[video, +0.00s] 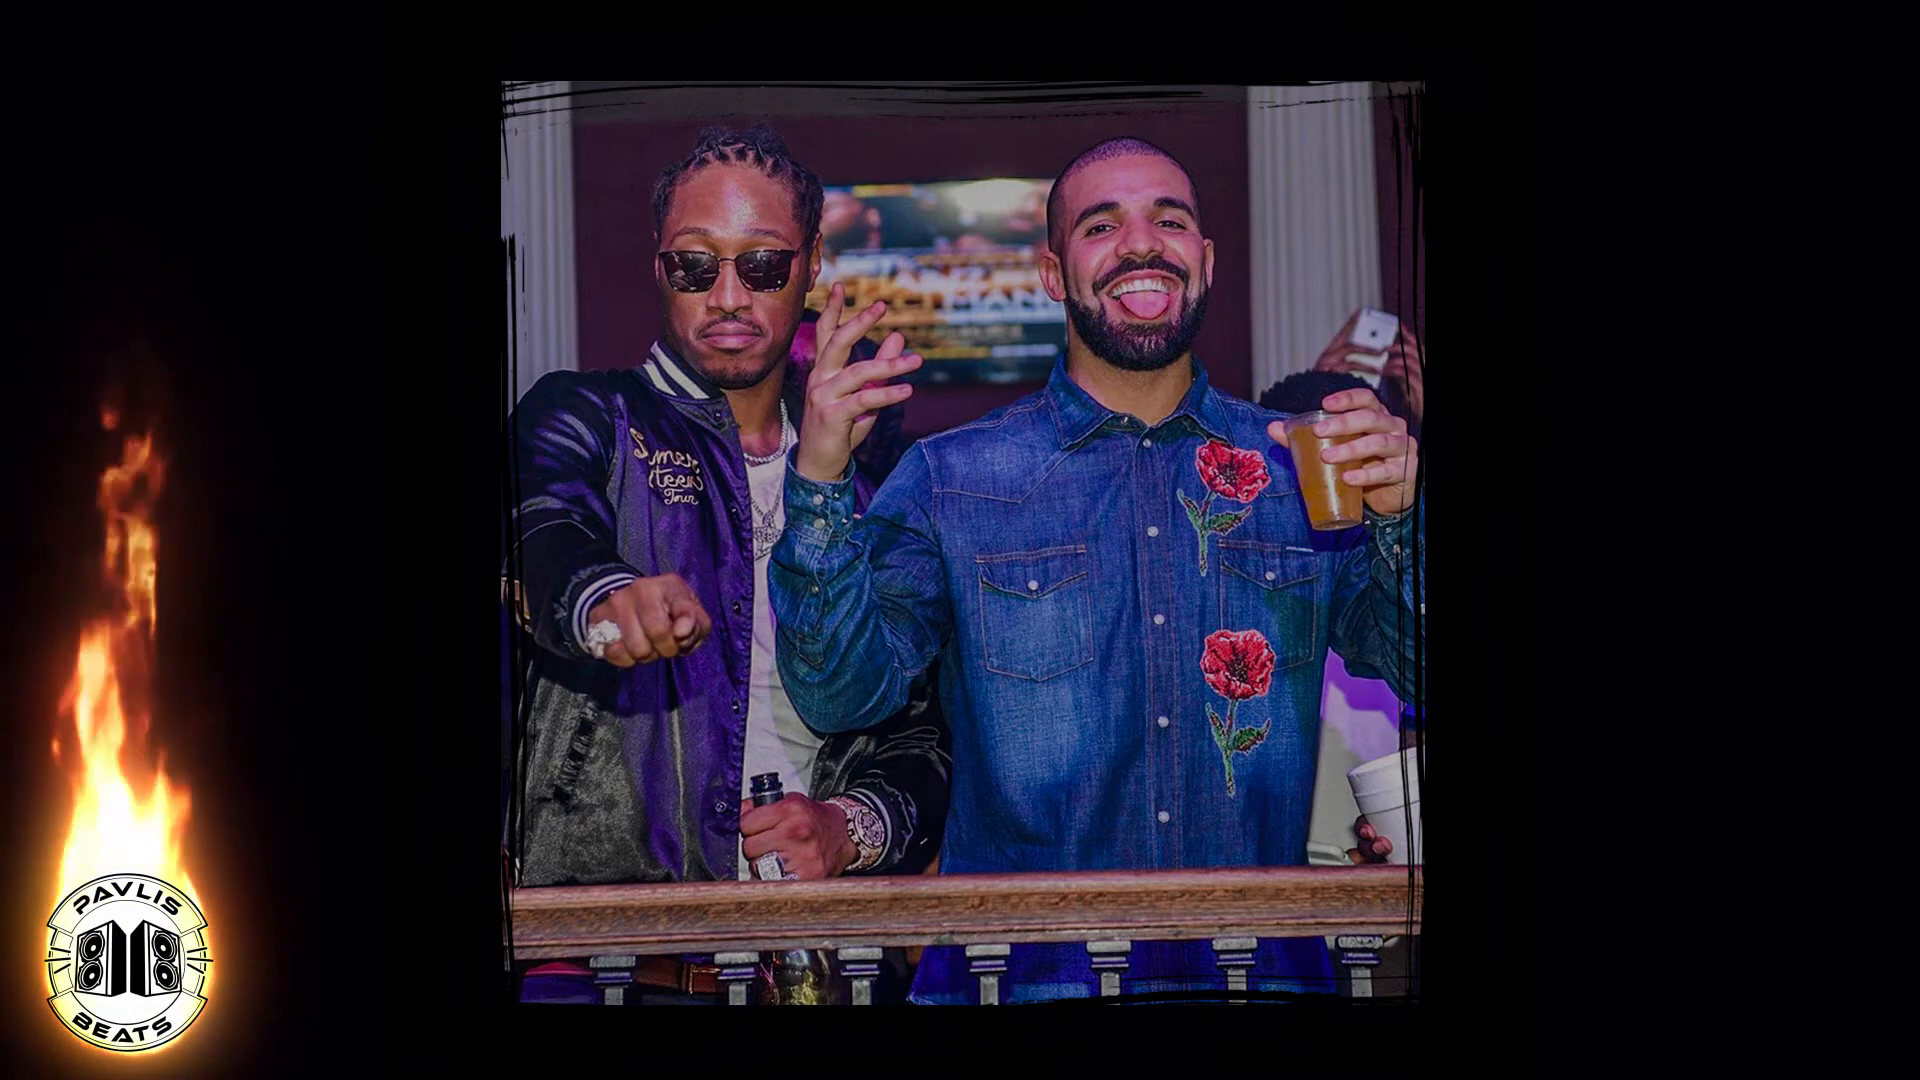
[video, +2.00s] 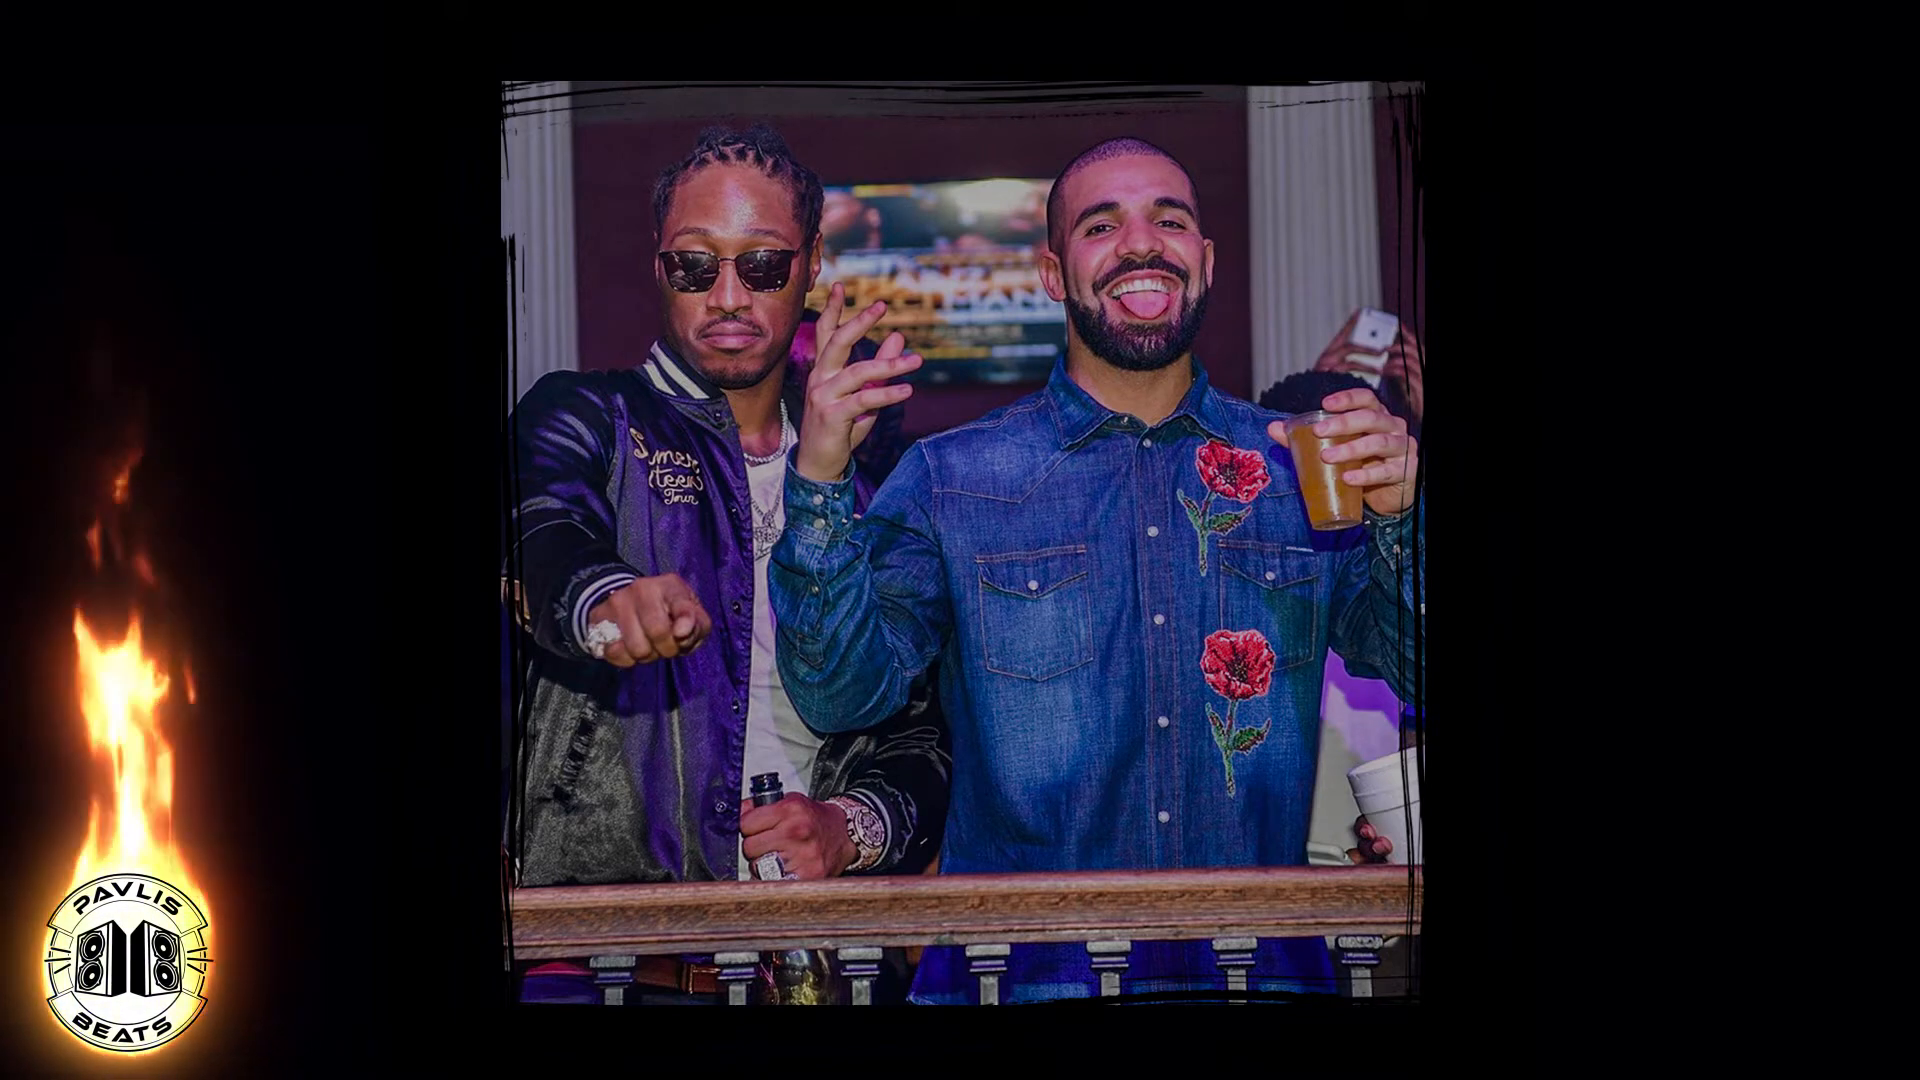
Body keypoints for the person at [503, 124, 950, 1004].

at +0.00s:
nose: (729, 296)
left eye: (763, 266)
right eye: (694, 266)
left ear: (811, 274)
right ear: (658, 274)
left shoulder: (876, 458)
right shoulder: (581, 411)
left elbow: (925, 724)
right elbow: (542, 526)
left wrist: (858, 825)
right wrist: (604, 596)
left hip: (827, 943)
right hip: (606, 943)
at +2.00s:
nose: (729, 296)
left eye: (764, 266)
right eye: (694, 266)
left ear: (811, 274)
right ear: (658, 273)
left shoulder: (879, 459)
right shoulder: (581, 412)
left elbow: (926, 724)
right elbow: (540, 525)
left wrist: (857, 825)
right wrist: (603, 595)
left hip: (827, 942)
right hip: (606, 942)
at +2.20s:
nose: (729, 296)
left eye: (764, 266)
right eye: (694, 266)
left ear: (811, 274)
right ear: (658, 273)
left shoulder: (879, 459)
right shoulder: (581, 412)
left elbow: (926, 724)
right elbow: (540, 525)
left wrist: (857, 825)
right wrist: (603, 595)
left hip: (827, 942)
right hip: (606, 942)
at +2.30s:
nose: (729, 296)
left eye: (764, 266)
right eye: (694, 266)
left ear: (811, 274)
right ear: (658, 273)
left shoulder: (879, 459)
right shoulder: (581, 412)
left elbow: (926, 724)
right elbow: (540, 525)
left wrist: (857, 825)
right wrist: (603, 595)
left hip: (827, 942)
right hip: (606, 942)